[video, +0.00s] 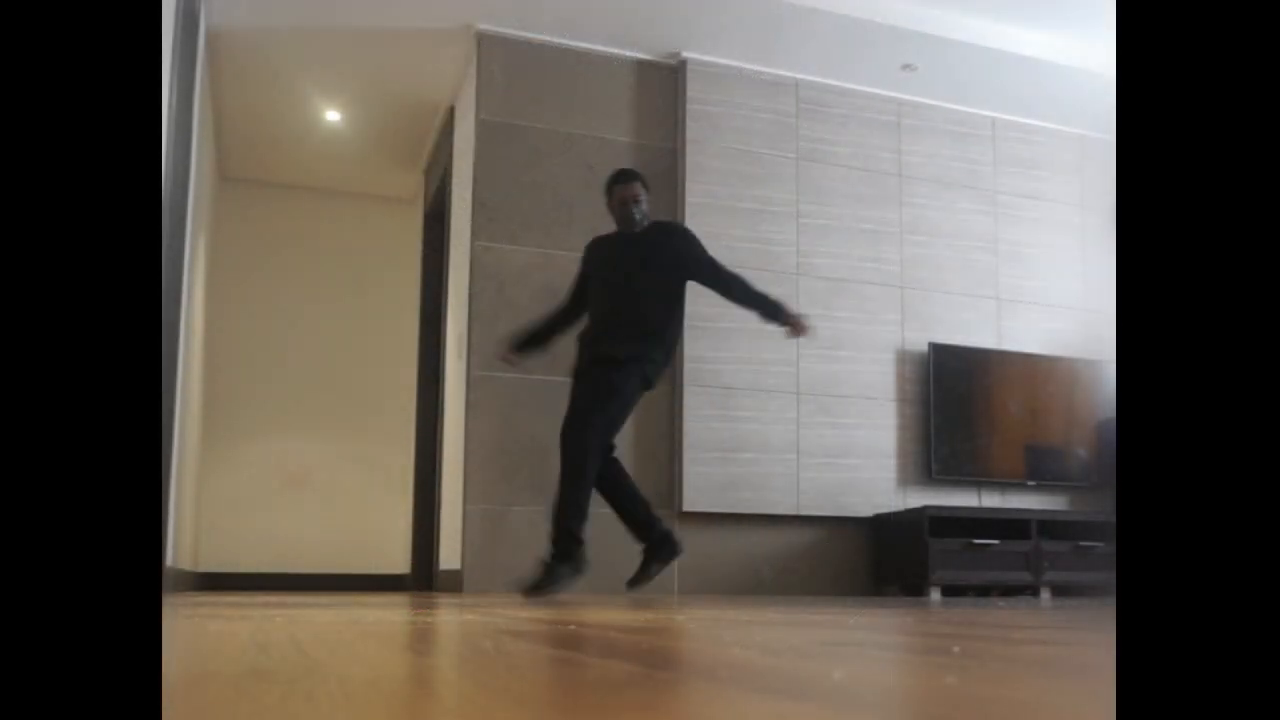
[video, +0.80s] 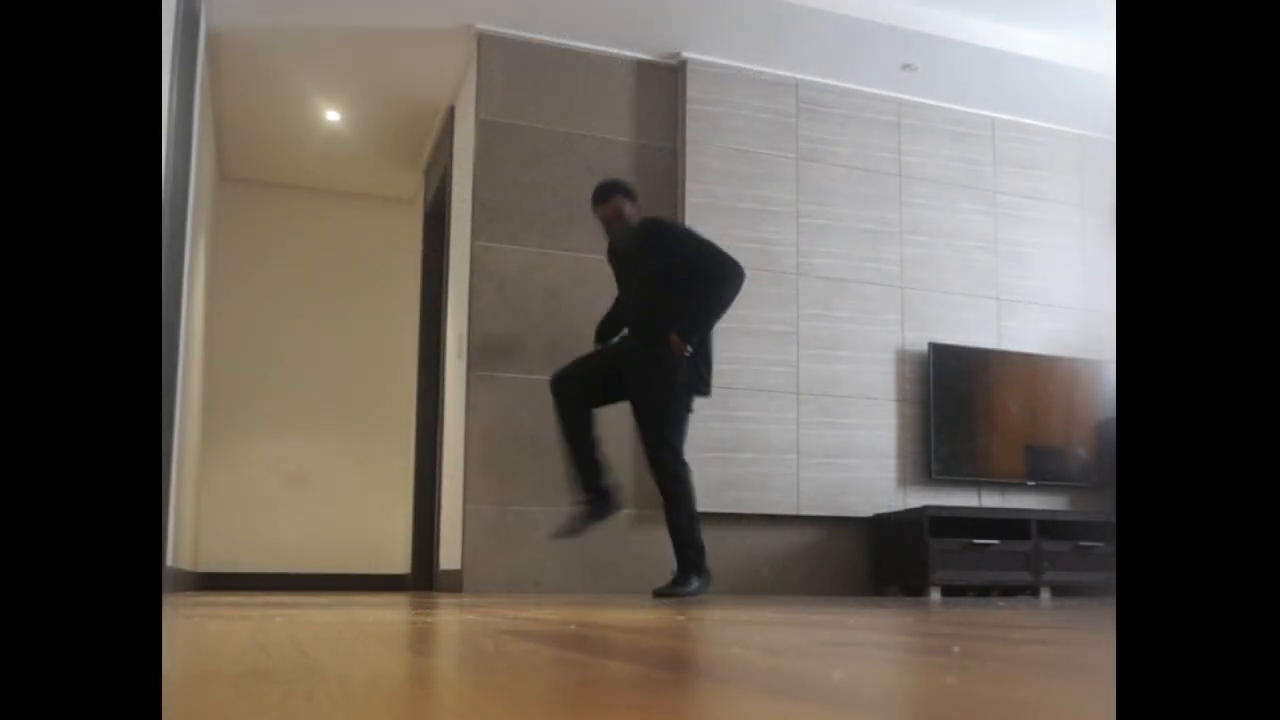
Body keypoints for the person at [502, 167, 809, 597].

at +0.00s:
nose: (634, 209)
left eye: (638, 201)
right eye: (624, 203)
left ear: (649, 202)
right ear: (609, 208)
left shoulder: (672, 241)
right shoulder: (600, 251)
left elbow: (723, 281)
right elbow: (575, 308)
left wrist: (780, 314)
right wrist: (526, 343)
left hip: (637, 363)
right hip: (596, 361)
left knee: (582, 440)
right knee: (589, 451)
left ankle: (566, 555)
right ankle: (658, 542)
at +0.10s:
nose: (624, 231)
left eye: (627, 221)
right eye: (613, 228)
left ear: (637, 217)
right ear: (601, 232)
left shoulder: (669, 251)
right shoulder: (596, 271)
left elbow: (709, 286)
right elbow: (543, 308)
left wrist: (732, 301)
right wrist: (484, 302)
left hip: (656, 370)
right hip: (612, 373)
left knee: (590, 426)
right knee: (609, 469)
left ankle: (529, 513)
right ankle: (660, 564)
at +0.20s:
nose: (620, 235)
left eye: (624, 225)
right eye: (610, 231)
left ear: (634, 216)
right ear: (598, 233)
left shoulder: (668, 247)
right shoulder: (595, 271)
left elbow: (714, 290)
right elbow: (552, 310)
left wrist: (696, 297)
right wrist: (502, 295)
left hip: (658, 370)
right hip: (615, 375)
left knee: (595, 405)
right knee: (625, 474)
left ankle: (550, 494)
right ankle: (666, 568)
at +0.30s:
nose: (618, 189)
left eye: (622, 181)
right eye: (608, 185)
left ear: (634, 183)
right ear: (598, 193)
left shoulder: (663, 221)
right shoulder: (597, 246)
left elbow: (680, 280)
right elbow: (594, 305)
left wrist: (645, 319)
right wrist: (557, 336)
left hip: (655, 341)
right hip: (614, 349)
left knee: (612, 394)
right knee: (618, 443)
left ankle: (638, 512)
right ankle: (644, 552)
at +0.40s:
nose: (616, 185)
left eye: (621, 177)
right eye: (607, 181)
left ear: (634, 181)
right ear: (596, 189)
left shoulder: (660, 218)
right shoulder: (595, 247)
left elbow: (684, 276)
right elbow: (594, 312)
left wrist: (643, 317)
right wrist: (587, 366)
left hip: (654, 346)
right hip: (610, 353)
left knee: (634, 422)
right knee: (615, 446)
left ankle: (695, 516)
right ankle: (626, 558)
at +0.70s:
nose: (608, 220)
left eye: (612, 211)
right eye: (599, 217)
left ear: (628, 203)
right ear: (594, 220)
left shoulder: (661, 230)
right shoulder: (615, 250)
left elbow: (725, 264)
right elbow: (627, 299)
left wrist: (681, 315)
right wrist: (605, 342)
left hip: (667, 362)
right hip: (626, 360)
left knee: (670, 460)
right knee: (575, 403)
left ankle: (694, 569)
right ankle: (578, 518)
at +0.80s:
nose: (615, 220)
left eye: (620, 211)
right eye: (606, 216)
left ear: (635, 205)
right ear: (600, 220)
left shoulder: (662, 235)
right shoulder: (619, 250)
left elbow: (730, 273)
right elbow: (633, 296)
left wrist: (688, 332)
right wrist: (605, 332)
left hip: (670, 360)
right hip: (636, 355)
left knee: (666, 462)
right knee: (568, 386)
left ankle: (693, 570)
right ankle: (597, 495)